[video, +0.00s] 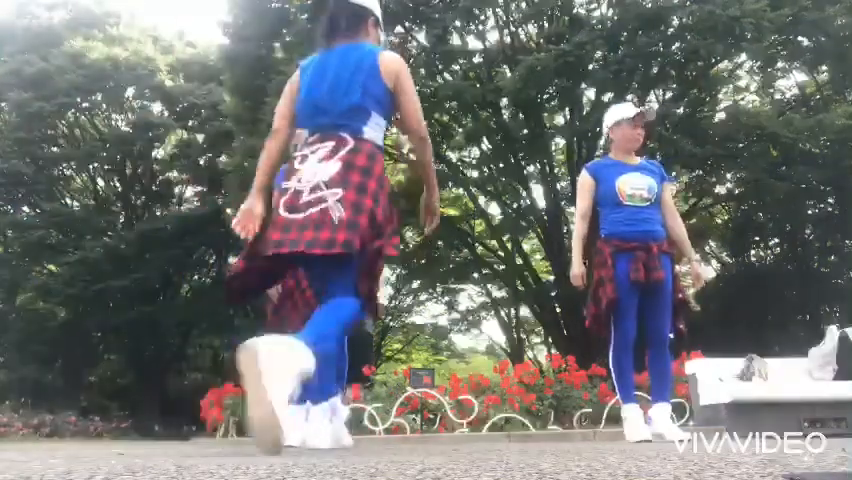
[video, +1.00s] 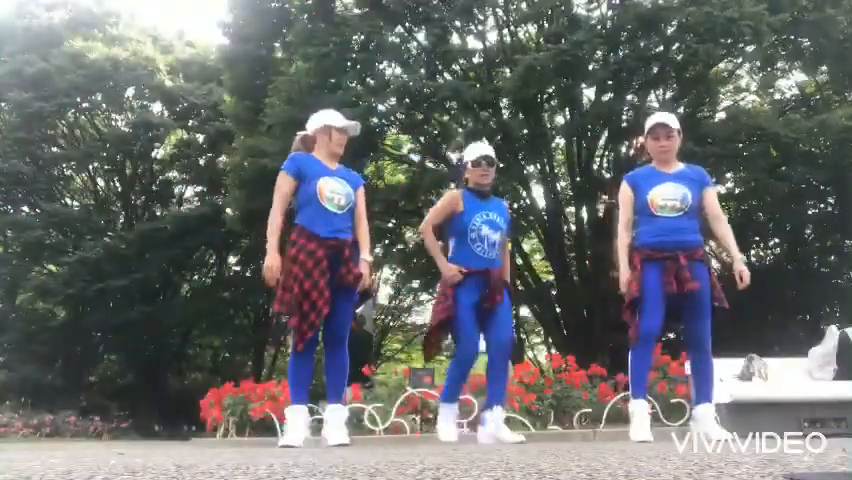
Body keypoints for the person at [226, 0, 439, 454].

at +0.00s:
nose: (381, 37)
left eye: (379, 30)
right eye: (379, 29)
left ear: (327, 30)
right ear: (368, 26)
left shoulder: (302, 71)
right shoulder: (388, 62)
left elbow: (279, 133)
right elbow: (417, 134)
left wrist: (256, 194)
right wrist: (430, 191)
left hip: (298, 189)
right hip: (352, 186)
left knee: (328, 302)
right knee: (351, 298)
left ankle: (325, 419)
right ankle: (289, 356)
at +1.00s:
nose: (484, 170)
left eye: (489, 164)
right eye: (477, 164)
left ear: (496, 170)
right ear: (466, 170)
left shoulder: (502, 207)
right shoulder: (457, 198)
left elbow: (505, 249)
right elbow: (426, 227)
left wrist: (505, 283)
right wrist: (443, 265)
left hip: (495, 281)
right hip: (465, 281)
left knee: (503, 344)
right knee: (468, 348)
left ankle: (493, 419)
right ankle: (448, 412)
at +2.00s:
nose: (481, 209)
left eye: (485, 205)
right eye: (476, 205)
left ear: (493, 210)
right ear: (469, 210)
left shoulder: (499, 242)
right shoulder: (456, 234)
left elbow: (506, 277)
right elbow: (437, 262)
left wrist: (511, 309)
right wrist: (437, 296)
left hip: (490, 305)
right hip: (460, 304)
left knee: (486, 364)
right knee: (462, 362)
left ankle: (485, 420)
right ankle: (457, 419)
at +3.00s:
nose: (476, 210)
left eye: (480, 205)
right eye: (470, 206)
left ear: (486, 210)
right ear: (462, 211)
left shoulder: (498, 241)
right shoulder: (454, 240)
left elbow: (510, 272)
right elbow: (440, 269)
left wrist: (519, 299)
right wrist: (440, 293)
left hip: (494, 304)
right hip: (465, 303)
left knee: (495, 362)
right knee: (465, 361)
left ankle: (500, 421)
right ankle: (457, 420)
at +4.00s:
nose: (475, 214)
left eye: (479, 211)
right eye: (470, 211)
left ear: (484, 217)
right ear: (460, 216)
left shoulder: (491, 238)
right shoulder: (452, 238)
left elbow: (515, 222)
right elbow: (431, 225)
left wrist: (493, 210)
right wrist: (454, 210)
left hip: (488, 303)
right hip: (461, 302)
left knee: (491, 362)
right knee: (460, 363)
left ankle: (501, 420)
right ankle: (455, 421)